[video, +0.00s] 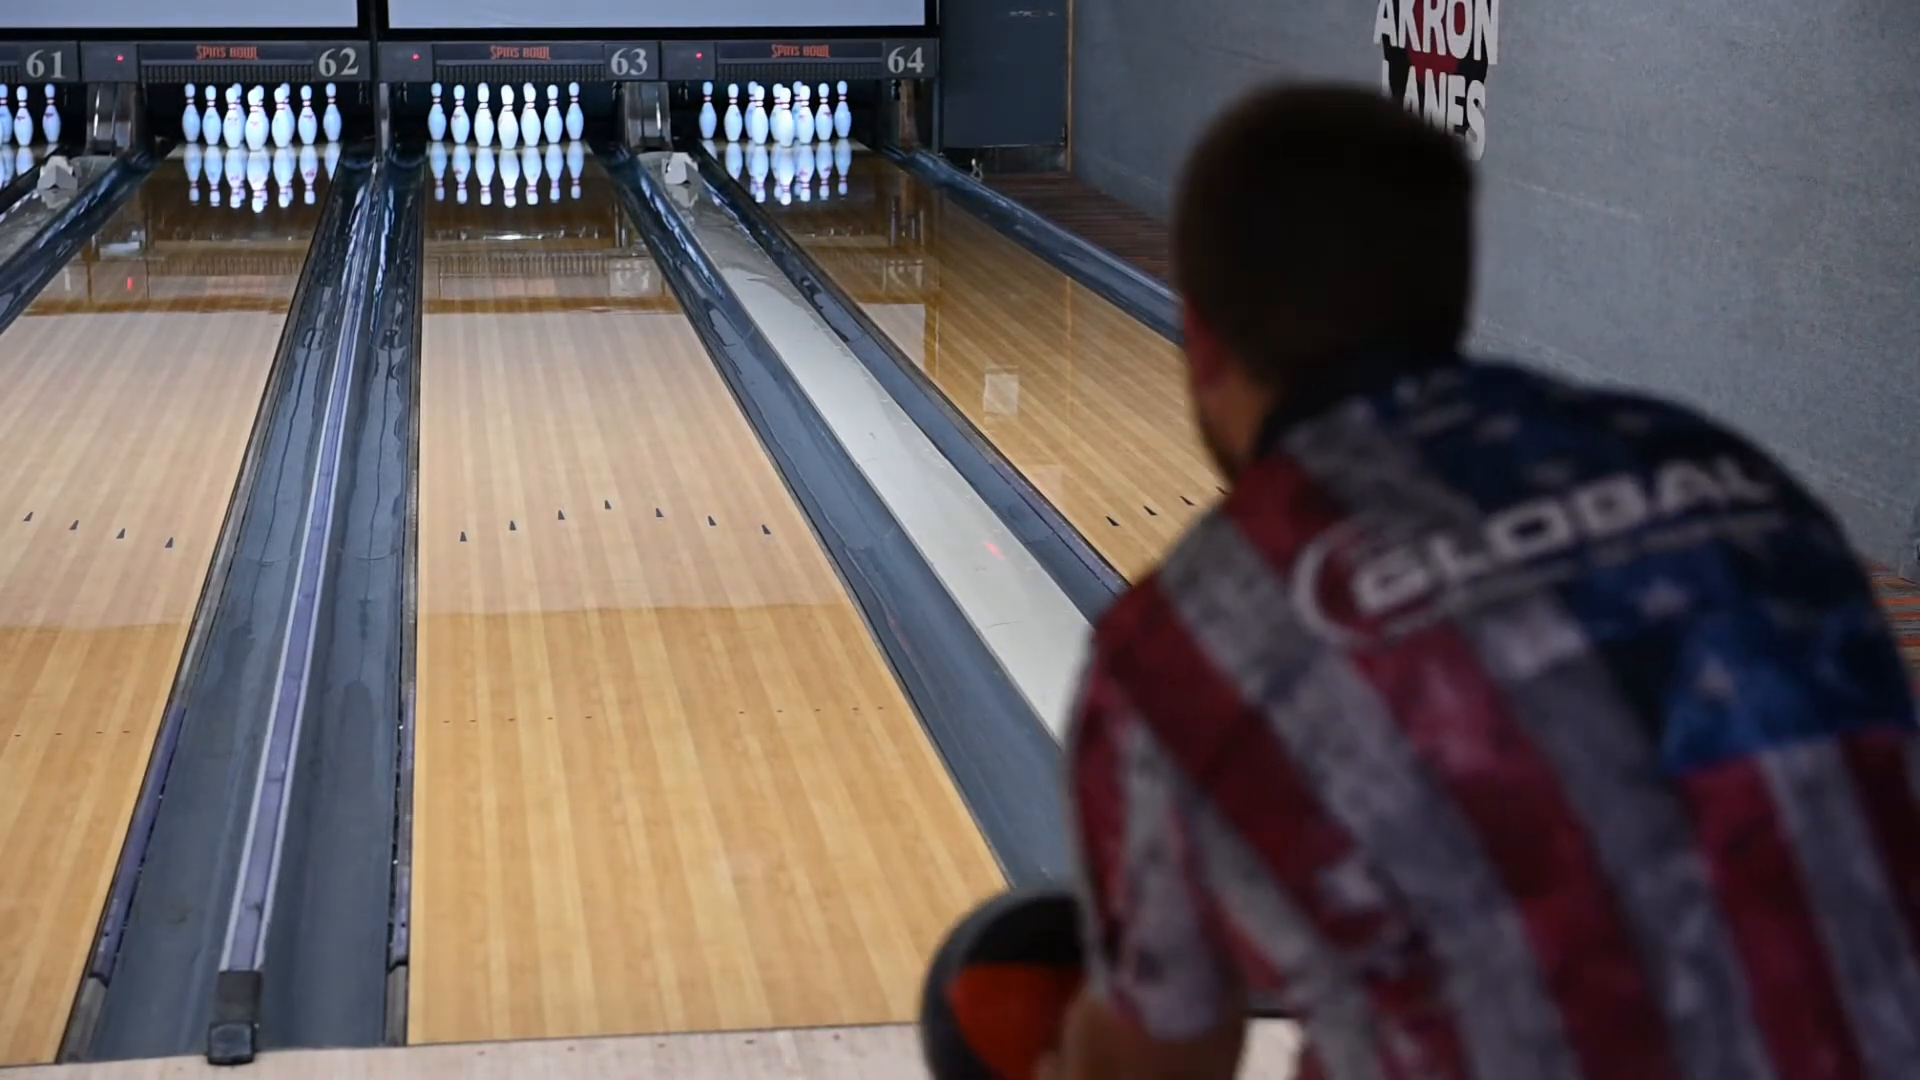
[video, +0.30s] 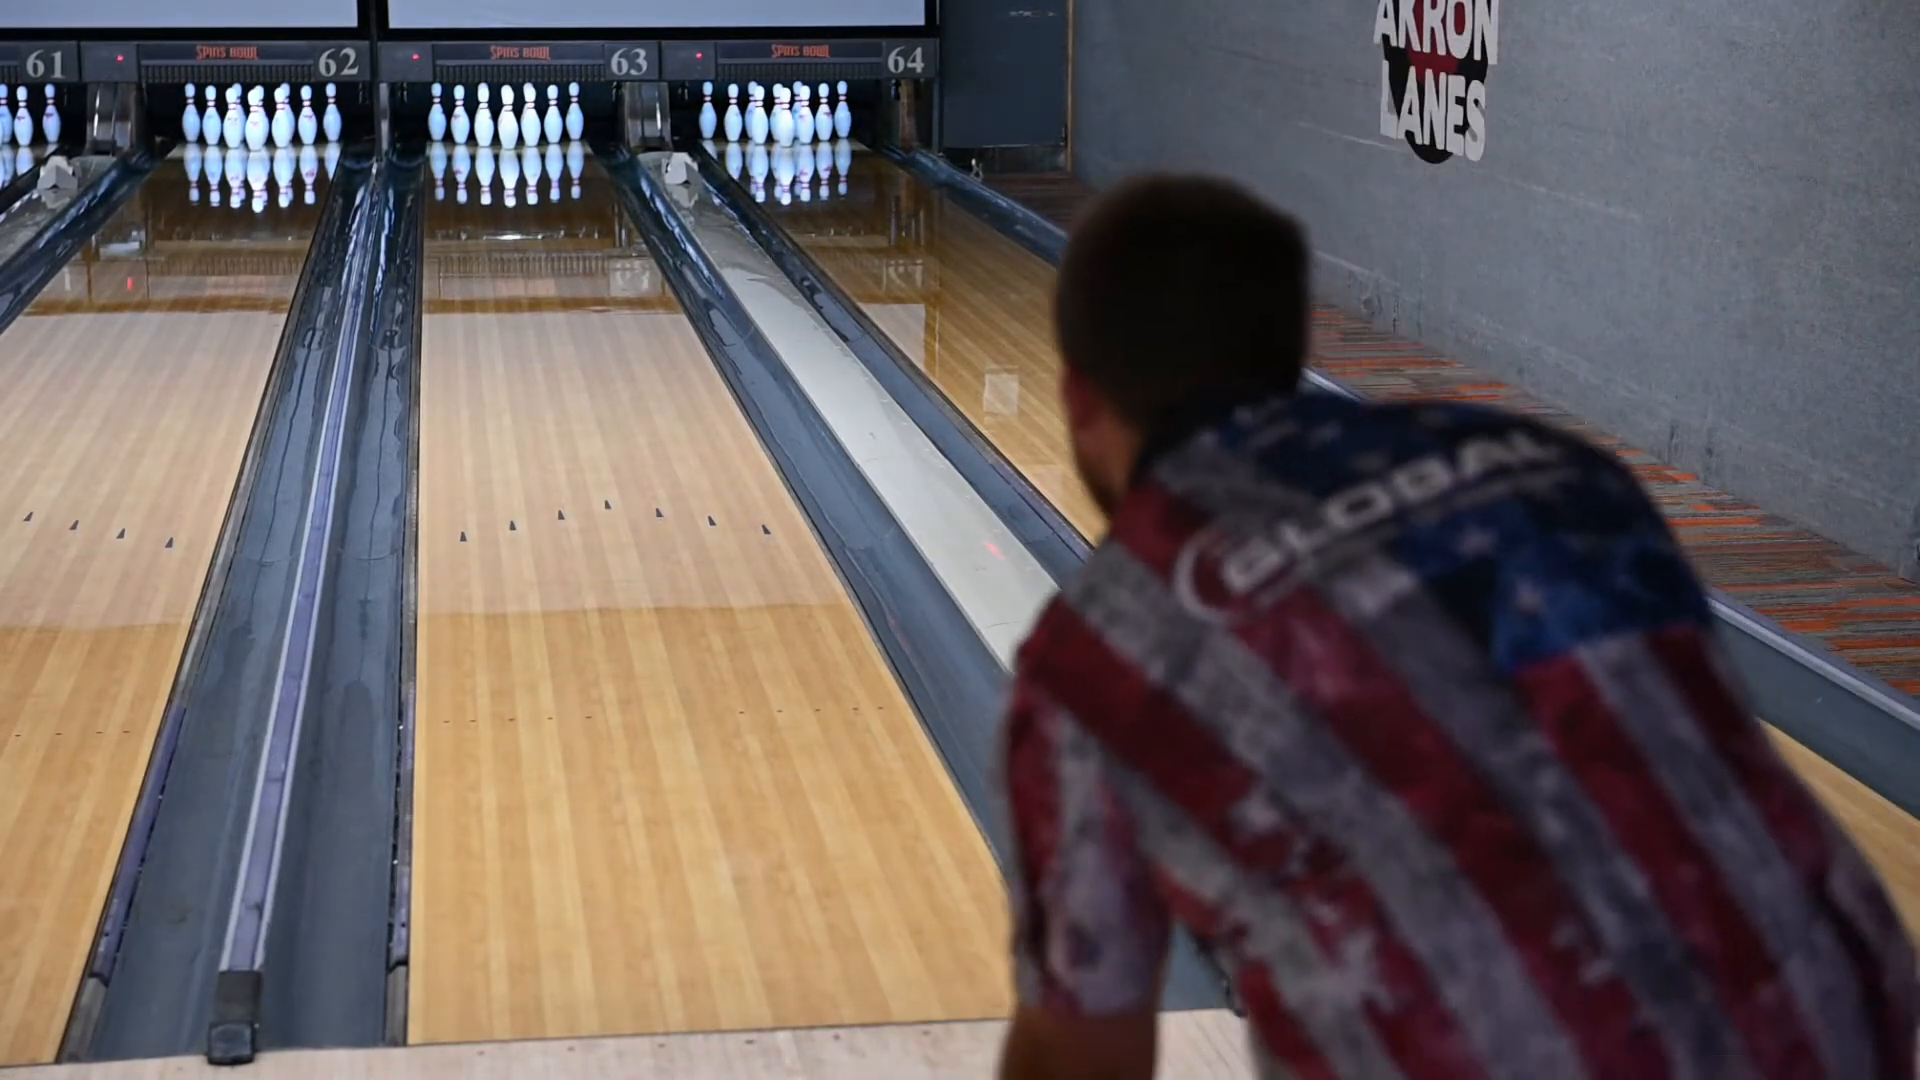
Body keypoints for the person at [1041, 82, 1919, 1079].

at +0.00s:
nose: (1187, 357)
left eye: (1186, 316)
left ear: (1199, 338)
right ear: (1457, 303)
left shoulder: (1176, 653)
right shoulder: (1718, 465)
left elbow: (1164, 1052)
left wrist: (1087, 1040)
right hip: (1875, 1046)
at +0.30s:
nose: (1077, 434)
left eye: (1068, 406)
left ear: (1085, 408)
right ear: (1301, 354)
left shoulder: (1093, 664)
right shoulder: (1542, 452)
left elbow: (1082, 1040)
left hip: (1509, 1060)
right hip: (1848, 1016)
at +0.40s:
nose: (1038, 351)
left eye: (1034, 326)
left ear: (1049, 340)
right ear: (1253, 306)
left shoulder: (1075, 580)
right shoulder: (1487, 393)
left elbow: (1078, 1011)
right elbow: (1722, 663)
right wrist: (1780, 888)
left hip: (1437, 1047)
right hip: (1759, 988)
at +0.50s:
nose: (998, 312)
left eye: (998, 288)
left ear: (1018, 298)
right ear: (1203, 256)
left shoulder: (1043, 474)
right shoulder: (1414, 340)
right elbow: (1664, 583)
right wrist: (1788, 838)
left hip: (1377, 965)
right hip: (1677, 891)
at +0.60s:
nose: (959, 305)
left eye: (952, 285)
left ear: (973, 274)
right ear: (1155, 233)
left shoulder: (1007, 352)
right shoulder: (1335, 323)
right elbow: (1550, 531)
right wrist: (1701, 763)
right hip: (1583, 895)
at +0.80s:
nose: (866, 315)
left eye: (867, 299)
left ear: (885, 290)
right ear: (1034, 220)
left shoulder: (925, 356)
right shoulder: (1202, 282)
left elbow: (1058, 261)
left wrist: (1161, 128)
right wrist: (1180, 124)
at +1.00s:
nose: (784, 429)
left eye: (780, 411)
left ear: (793, 413)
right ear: (929, 363)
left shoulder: (831, 501)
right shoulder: (1023, 409)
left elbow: (944, 489)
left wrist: (1048, 435)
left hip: (1172, 844)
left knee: (1117, 1054)